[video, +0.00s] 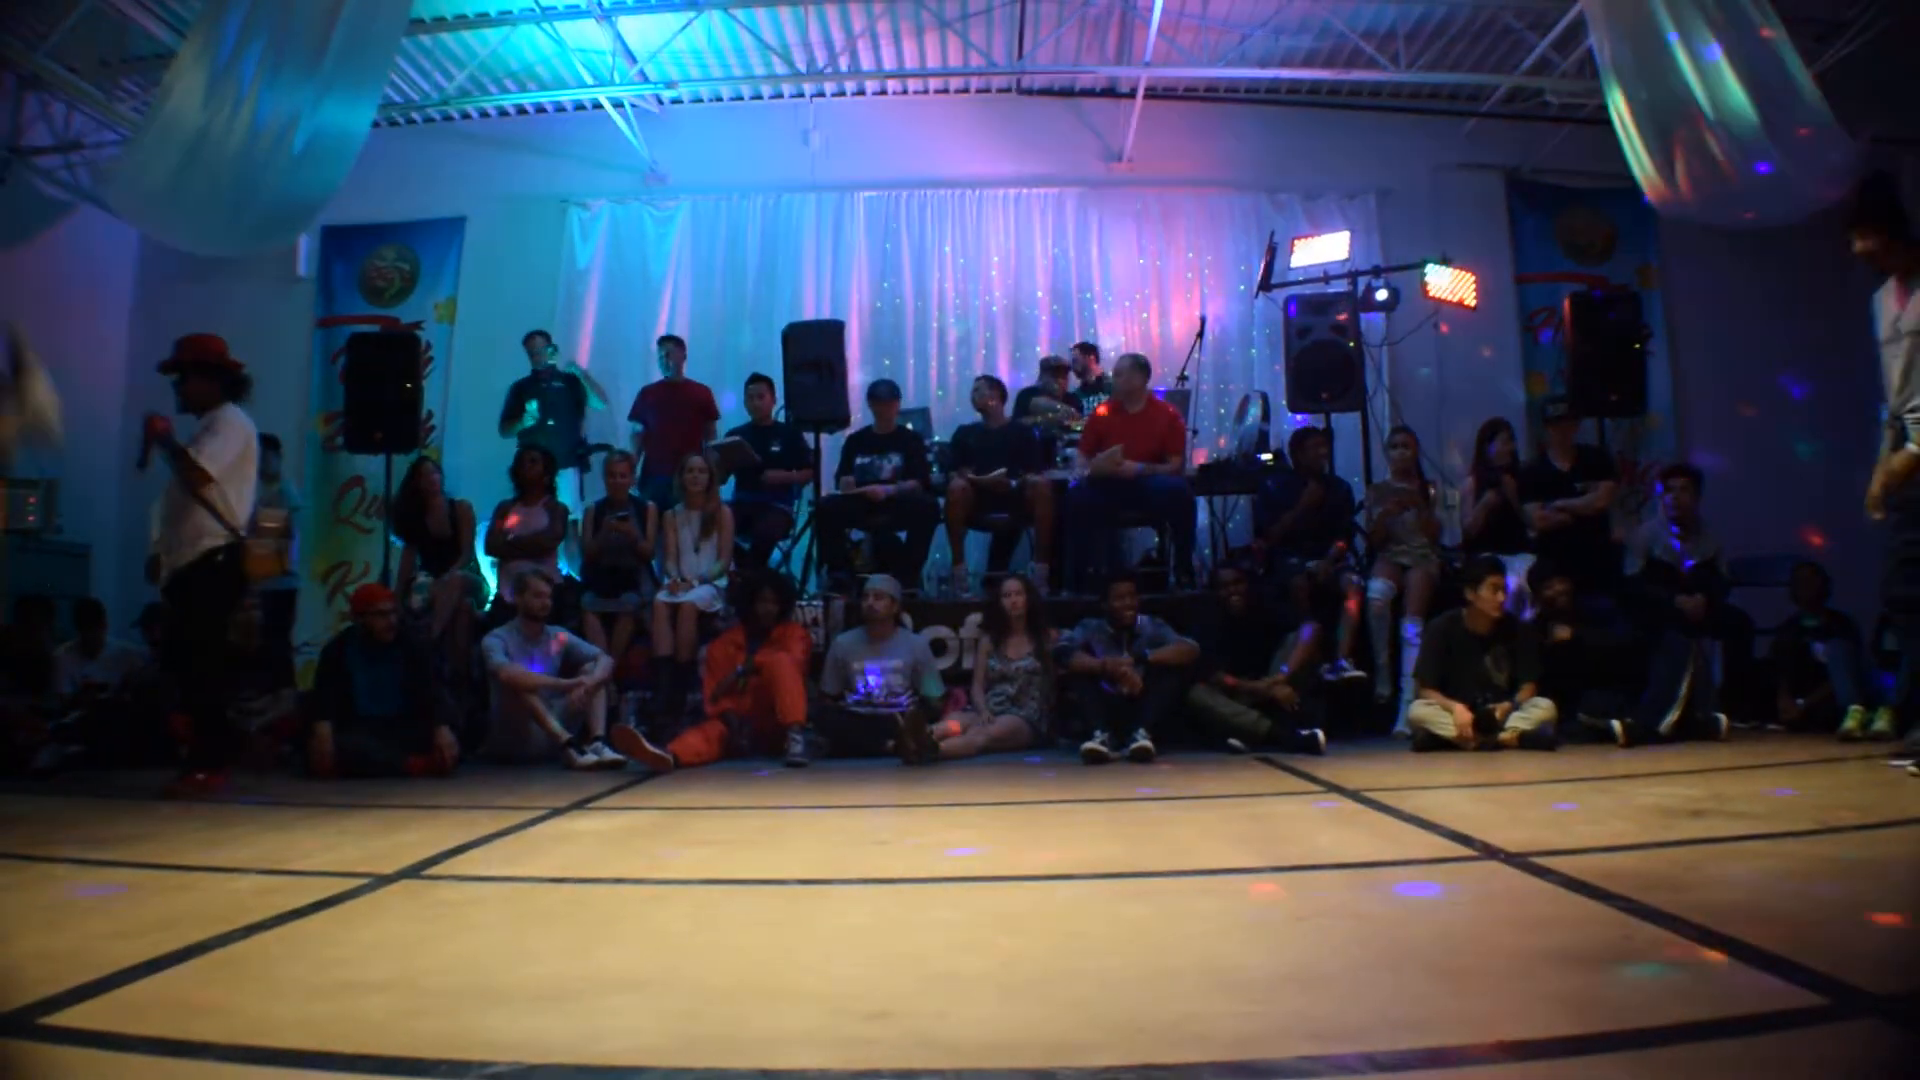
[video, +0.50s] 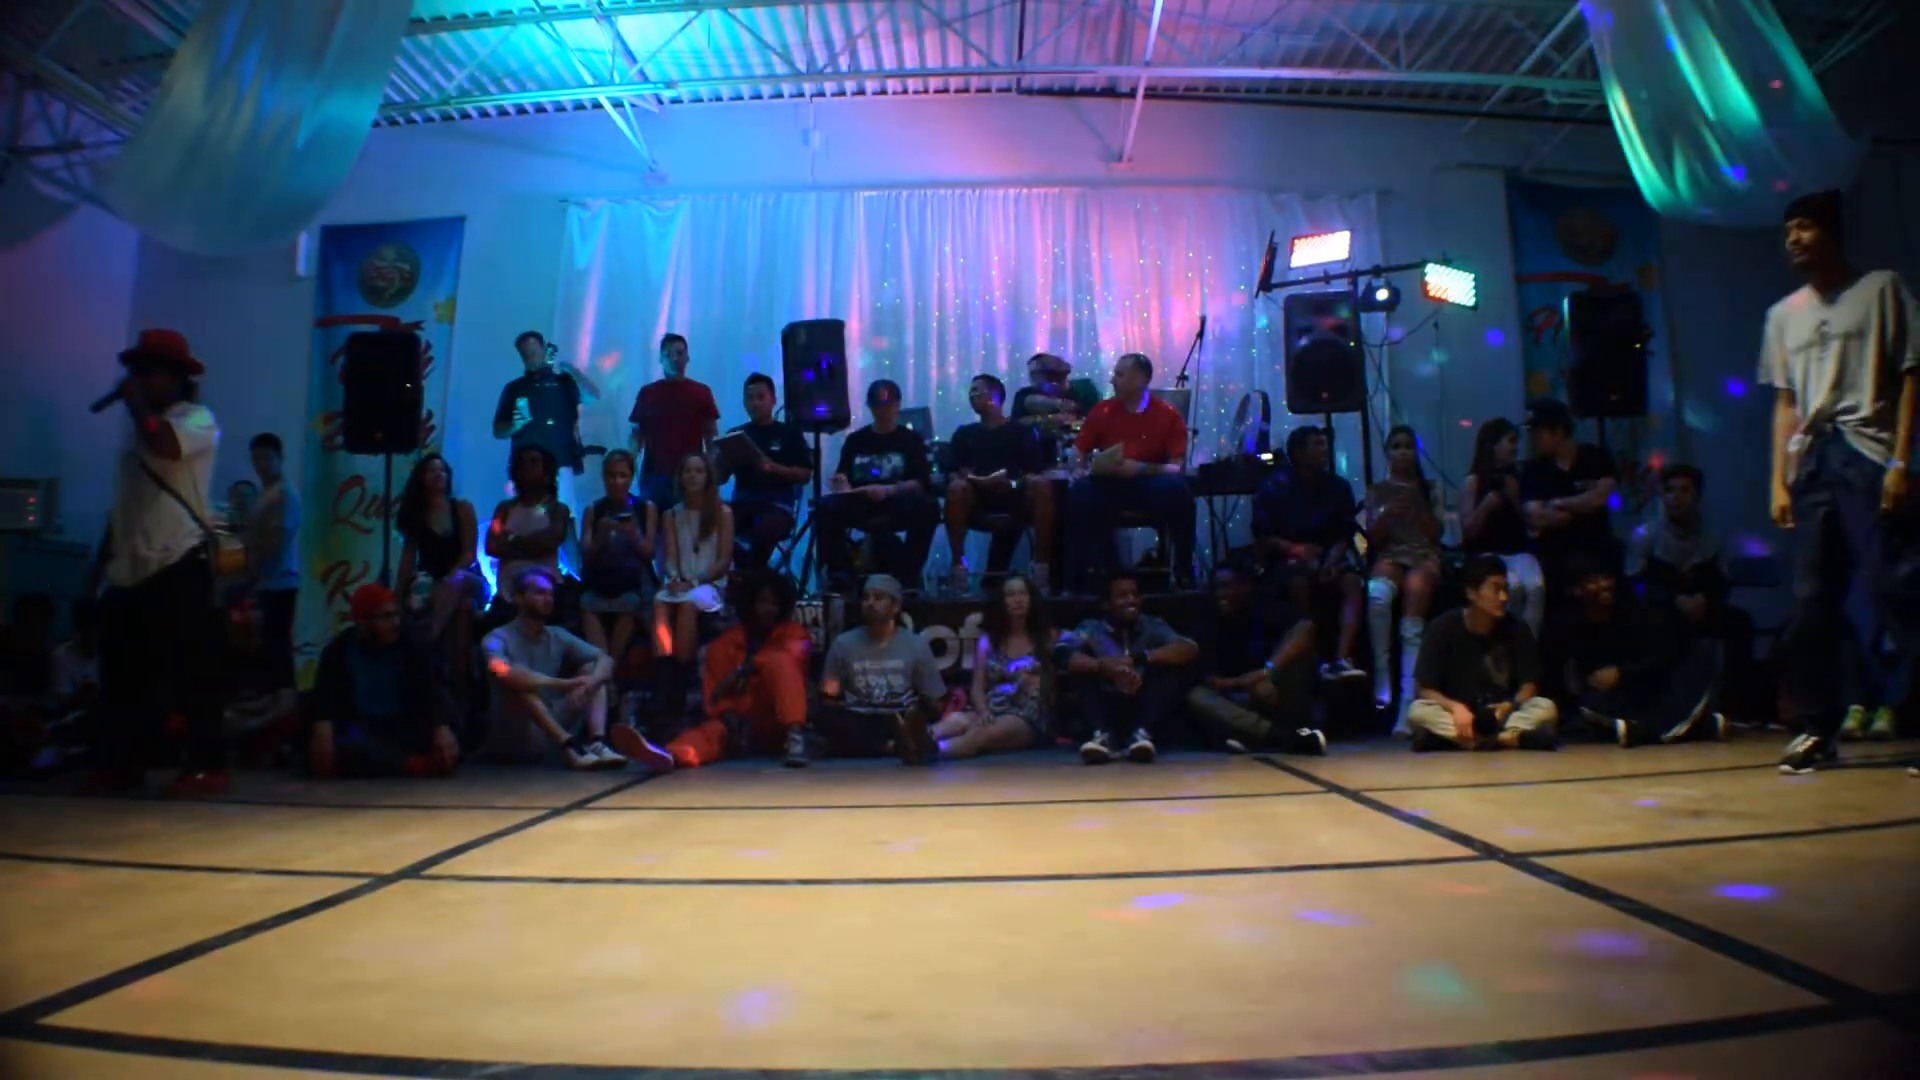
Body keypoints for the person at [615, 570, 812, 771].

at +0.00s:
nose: (767, 609)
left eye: (773, 603)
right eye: (761, 602)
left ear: (783, 606)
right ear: (749, 604)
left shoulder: (793, 633)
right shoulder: (723, 646)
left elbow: (791, 665)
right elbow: (713, 703)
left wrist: (755, 665)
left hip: (774, 717)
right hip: (737, 721)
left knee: (780, 661)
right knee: (710, 735)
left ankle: (795, 737)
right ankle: (670, 755)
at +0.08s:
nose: (767, 609)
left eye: (773, 603)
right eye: (761, 602)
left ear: (783, 606)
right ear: (749, 604)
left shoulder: (793, 633)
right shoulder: (725, 644)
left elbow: (790, 663)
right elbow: (713, 702)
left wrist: (754, 666)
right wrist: (734, 678)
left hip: (773, 715)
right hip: (736, 721)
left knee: (779, 661)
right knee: (710, 734)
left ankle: (795, 737)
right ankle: (670, 755)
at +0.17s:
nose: (767, 609)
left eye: (773, 603)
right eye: (762, 602)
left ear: (784, 606)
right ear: (749, 605)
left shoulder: (793, 632)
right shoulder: (724, 645)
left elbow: (789, 662)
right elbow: (713, 704)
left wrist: (752, 667)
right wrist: (733, 682)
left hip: (775, 715)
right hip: (737, 721)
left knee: (779, 661)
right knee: (711, 733)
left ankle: (795, 736)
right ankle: (670, 755)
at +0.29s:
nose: (768, 609)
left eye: (774, 603)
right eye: (762, 602)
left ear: (784, 606)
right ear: (749, 604)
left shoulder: (793, 633)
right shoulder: (724, 645)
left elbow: (788, 664)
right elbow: (713, 705)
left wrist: (752, 667)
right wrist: (734, 680)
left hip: (775, 715)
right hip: (737, 721)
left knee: (779, 660)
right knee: (711, 733)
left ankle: (795, 736)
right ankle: (670, 755)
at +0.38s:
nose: (767, 609)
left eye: (773, 603)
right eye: (761, 602)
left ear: (783, 606)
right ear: (748, 605)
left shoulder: (793, 633)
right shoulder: (724, 645)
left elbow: (789, 666)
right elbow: (713, 704)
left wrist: (753, 668)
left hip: (775, 715)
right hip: (738, 721)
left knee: (778, 660)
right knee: (711, 734)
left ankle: (795, 737)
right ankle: (670, 755)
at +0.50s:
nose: (768, 609)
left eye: (774, 603)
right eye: (762, 602)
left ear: (783, 607)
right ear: (749, 605)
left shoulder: (793, 634)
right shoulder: (723, 646)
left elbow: (790, 655)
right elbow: (713, 704)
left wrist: (753, 666)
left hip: (775, 717)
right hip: (738, 721)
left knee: (779, 661)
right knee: (711, 734)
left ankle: (795, 735)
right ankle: (670, 755)